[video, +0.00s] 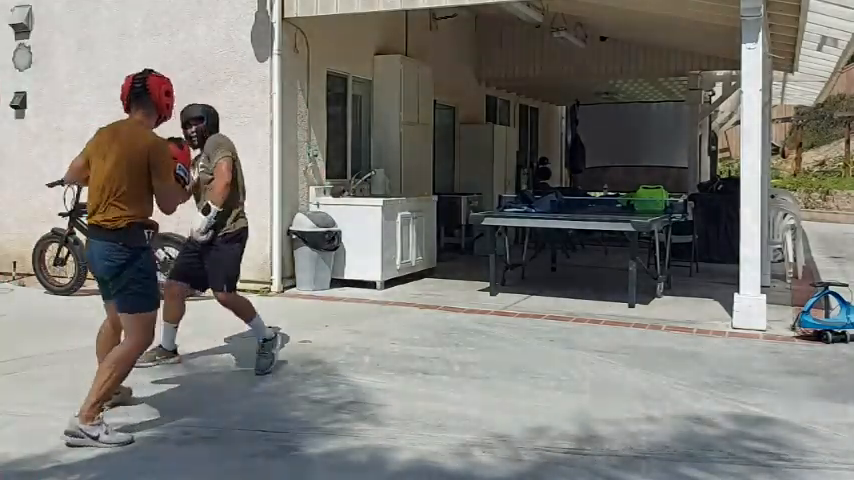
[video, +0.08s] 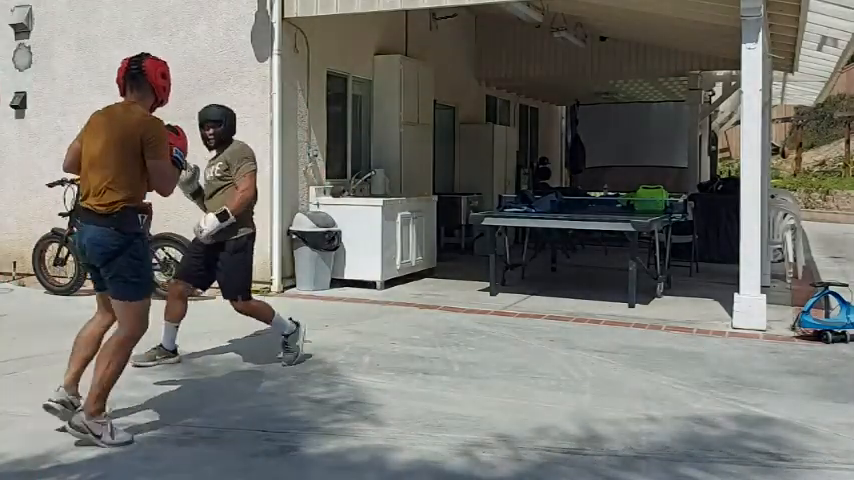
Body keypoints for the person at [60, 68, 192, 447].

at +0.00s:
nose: (170, 109)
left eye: (168, 102)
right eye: (168, 102)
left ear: (130, 102)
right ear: (161, 104)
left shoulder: (104, 134)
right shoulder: (155, 145)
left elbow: (74, 174)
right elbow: (168, 203)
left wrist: (110, 180)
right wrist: (187, 183)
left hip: (98, 244)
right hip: (128, 247)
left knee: (115, 320)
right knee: (139, 337)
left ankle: (109, 390)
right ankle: (86, 419)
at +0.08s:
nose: (164, 95)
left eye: (163, 88)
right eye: (163, 88)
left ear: (124, 85)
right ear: (155, 88)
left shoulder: (98, 118)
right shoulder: (150, 125)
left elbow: (71, 164)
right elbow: (165, 186)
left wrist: (114, 164)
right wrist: (171, 155)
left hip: (86, 229)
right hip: (119, 234)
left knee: (106, 313)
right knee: (132, 324)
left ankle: (69, 390)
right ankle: (93, 413)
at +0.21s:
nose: (163, 90)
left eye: (162, 82)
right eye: (161, 82)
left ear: (122, 79)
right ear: (151, 79)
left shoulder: (95, 114)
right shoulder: (141, 118)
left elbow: (70, 164)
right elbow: (151, 187)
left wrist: (116, 157)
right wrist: (171, 157)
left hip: (81, 227)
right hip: (115, 229)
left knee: (83, 320)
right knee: (144, 323)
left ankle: (24, 398)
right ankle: (113, 421)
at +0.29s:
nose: (160, 109)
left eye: (161, 102)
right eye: (159, 101)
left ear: (120, 97)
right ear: (150, 99)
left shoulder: (94, 131)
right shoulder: (135, 137)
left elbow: (79, 187)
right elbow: (145, 208)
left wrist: (142, 186)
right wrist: (163, 179)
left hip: (74, 247)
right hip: (110, 250)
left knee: (49, 342)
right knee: (145, 343)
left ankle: (1, 423)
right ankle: (158, 443)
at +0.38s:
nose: (167, 117)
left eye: (166, 108)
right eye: (166, 108)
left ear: (126, 107)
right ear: (156, 106)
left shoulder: (101, 142)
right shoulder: (140, 148)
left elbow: (106, 205)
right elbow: (143, 216)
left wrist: (155, 195)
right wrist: (169, 191)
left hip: (74, 258)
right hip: (110, 262)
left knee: (38, 350)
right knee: (146, 357)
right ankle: (177, 449)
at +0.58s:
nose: (218, 103)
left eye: (217, 96)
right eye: (217, 95)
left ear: (175, 94)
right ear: (209, 91)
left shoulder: (149, 133)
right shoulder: (205, 127)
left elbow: (124, 197)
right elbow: (215, 186)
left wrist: (184, 195)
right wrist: (232, 175)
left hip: (133, 245)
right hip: (172, 246)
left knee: (135, 339)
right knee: (177, 357)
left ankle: (57, 405)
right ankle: (186, 458)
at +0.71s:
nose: (238, 100)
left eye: (237, 93)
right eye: (237, 92)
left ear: (194, 90)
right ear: (231, 88)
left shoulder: (169, 128)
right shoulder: (227, 125)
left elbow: (141, 188)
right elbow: (251, 187)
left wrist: (202, 200)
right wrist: (254, 166)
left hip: (157, 245)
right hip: (193, 246)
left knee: (182, 340)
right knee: (190, 356)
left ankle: (116, 407)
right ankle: (187, 458)